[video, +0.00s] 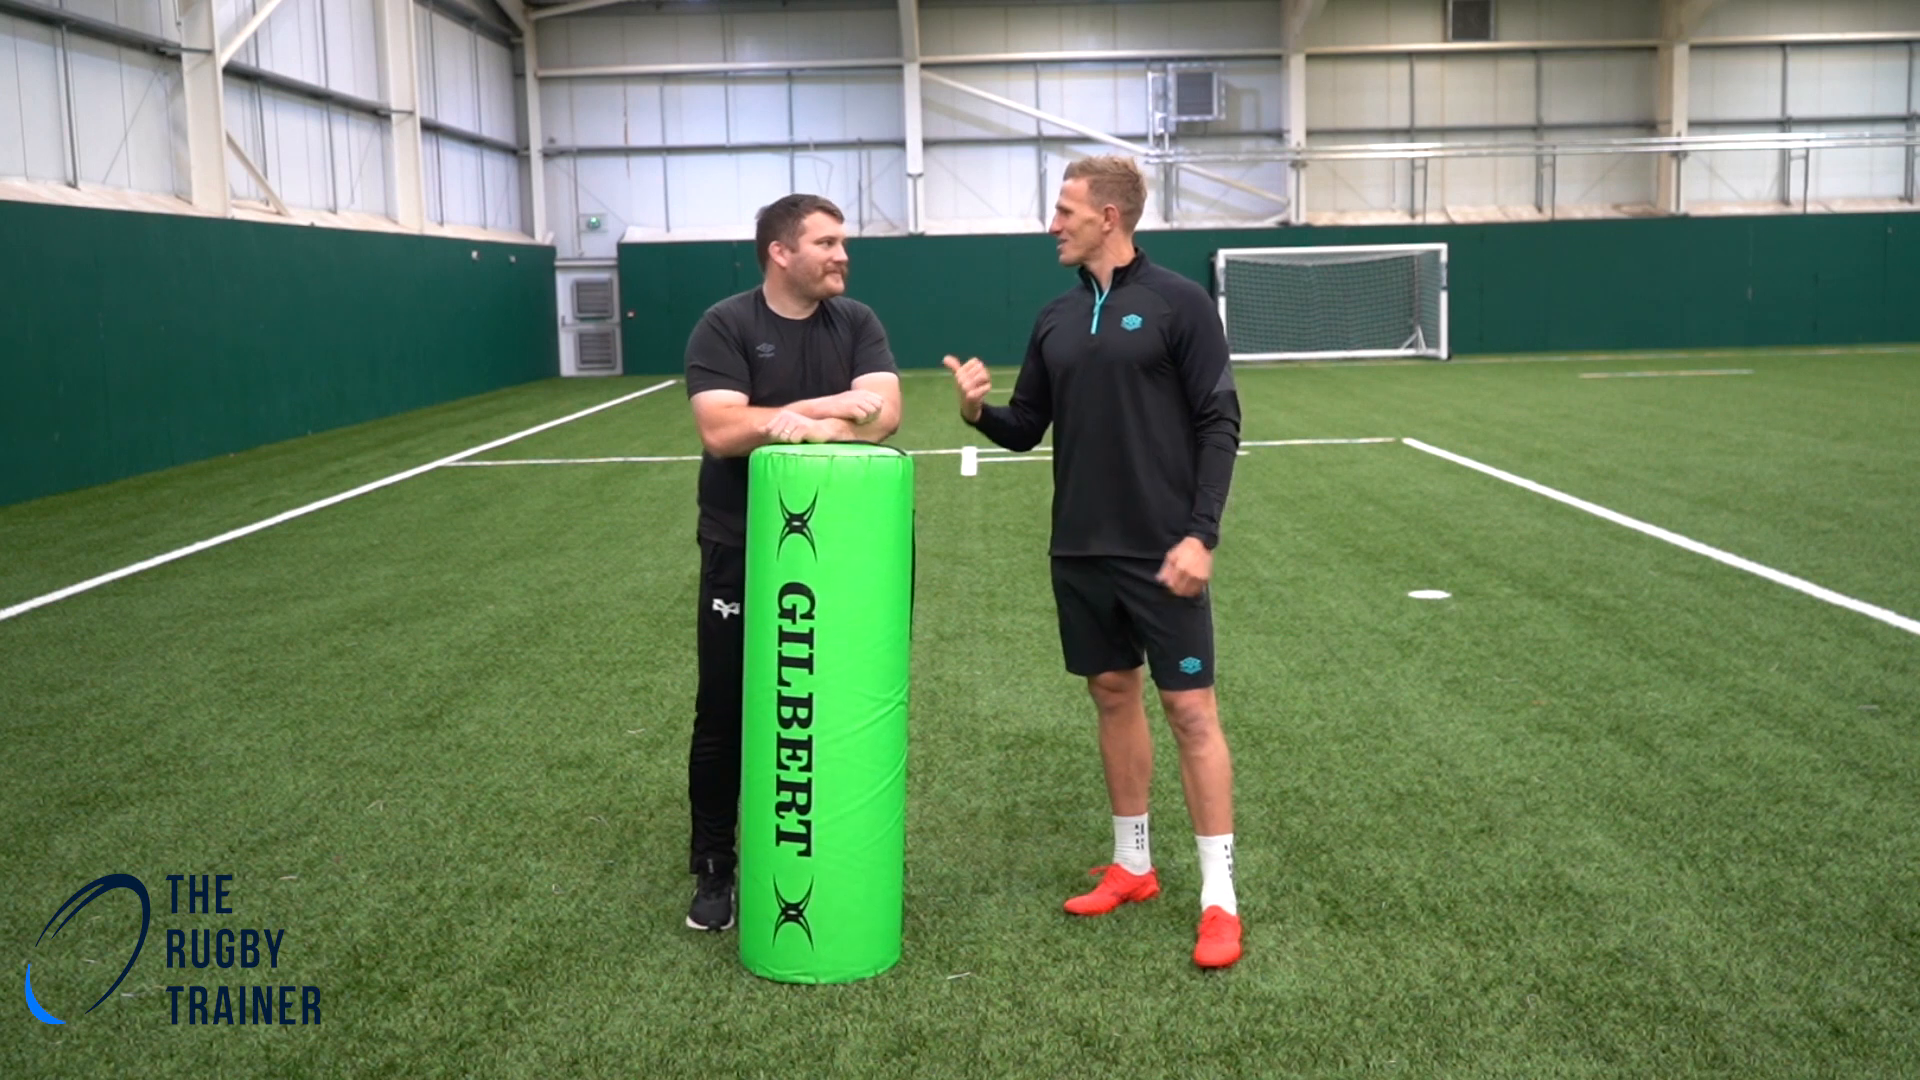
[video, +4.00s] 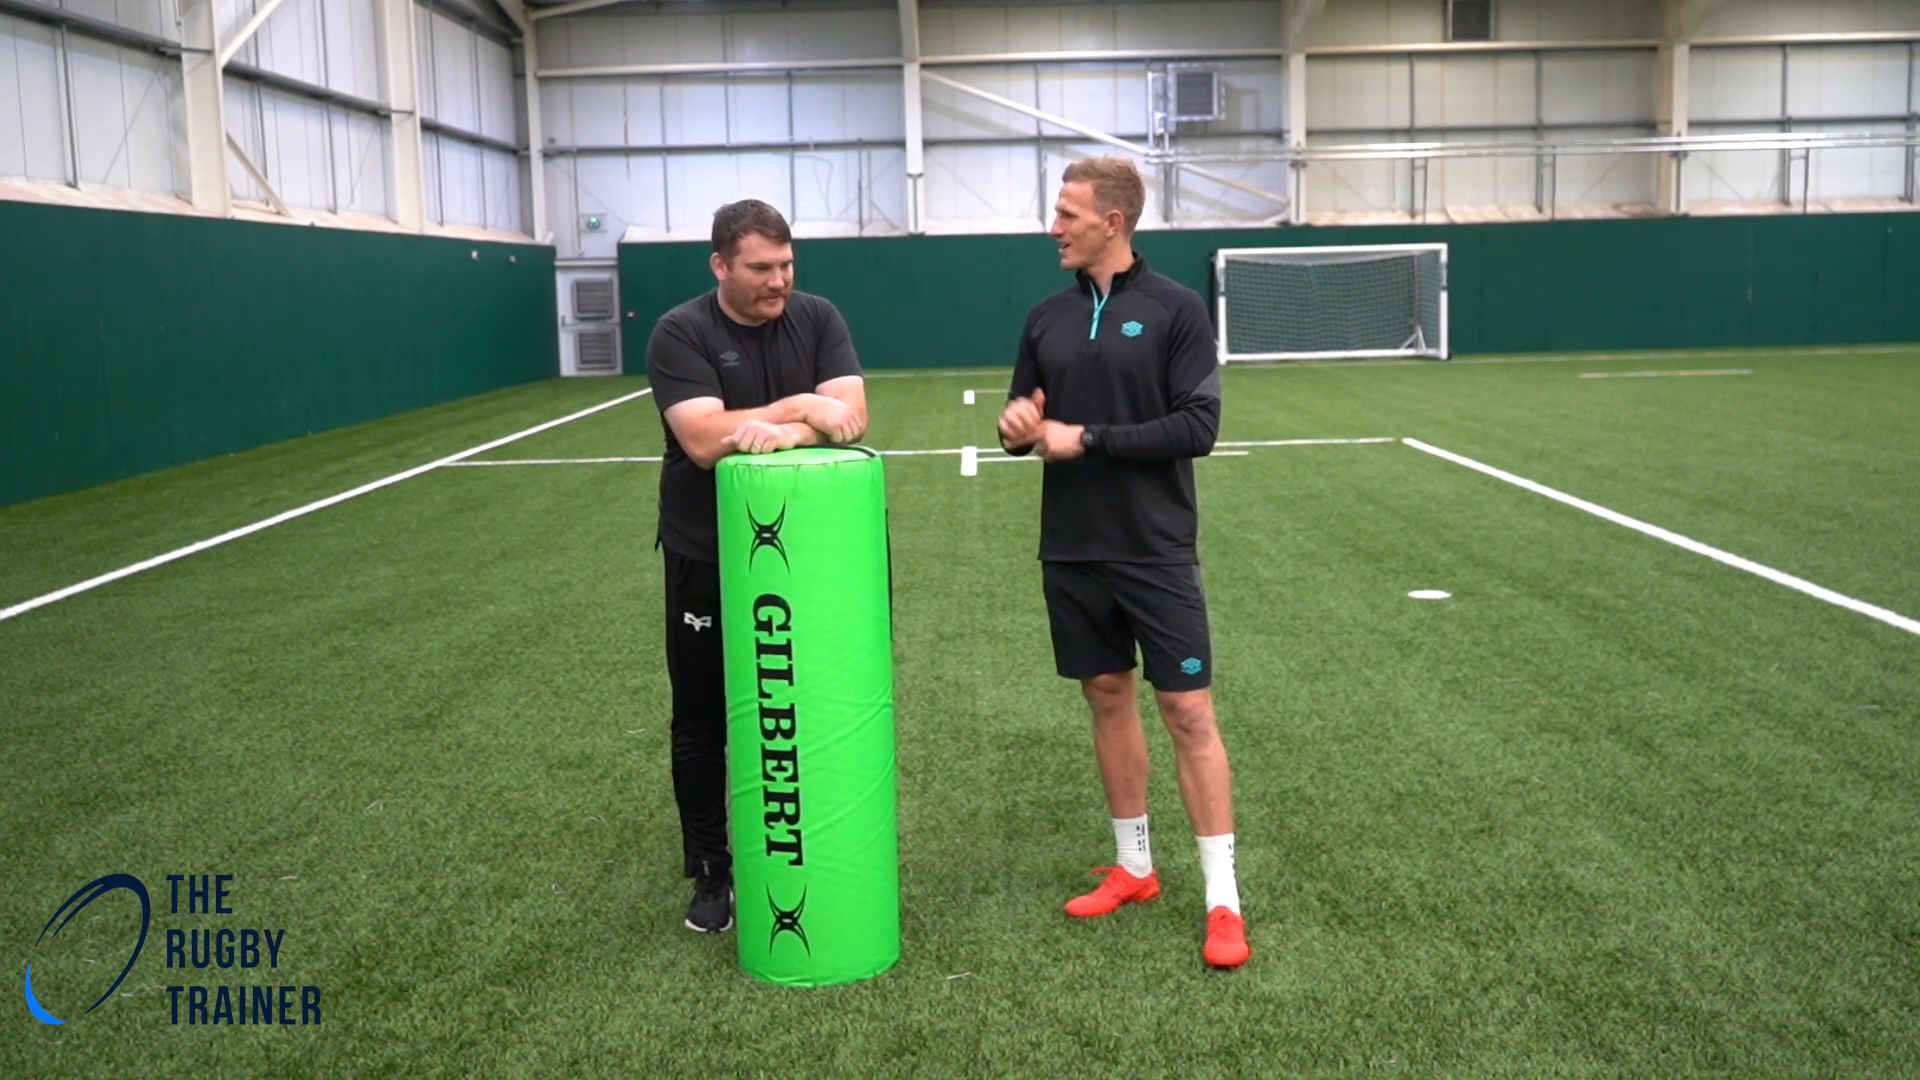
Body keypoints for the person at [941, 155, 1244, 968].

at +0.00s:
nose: (1053, 222)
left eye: (1066, 212)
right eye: (1056, 210)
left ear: (1111, 219)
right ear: (1092, 218)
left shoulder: (1181, 305)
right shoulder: (1056, 319)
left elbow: (1220, 426)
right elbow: (1024, 430)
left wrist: (1201, 534)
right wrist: (981, 407)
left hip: (1164, 547)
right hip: (1082, 547)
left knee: (1190, 709)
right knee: (1112, 694)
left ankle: (1218, 895)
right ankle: (1133, 866)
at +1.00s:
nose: (1057, 224)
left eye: (1071, 213)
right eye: (1060, 210)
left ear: (1118, 223)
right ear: (1098, 220)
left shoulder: (1180, 304)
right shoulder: (1053, 316)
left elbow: (1188, 422)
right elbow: (1022, 437)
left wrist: (1073, 424)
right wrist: (1011, 415)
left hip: (1159, 547)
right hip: (1079, 546)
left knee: (1189, 709)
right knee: (1109, 694)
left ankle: (1220, 897)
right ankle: (1132, 867)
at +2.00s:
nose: (1066, 230)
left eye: (1079, 218)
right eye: (1067, 215)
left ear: (1125, 225)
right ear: (1102, 224)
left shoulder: (1186, 307)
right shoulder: (1064, 314)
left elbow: (1214, 423)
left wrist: (1117, 471)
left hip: (1167, 546)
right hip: (1086, 544)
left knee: (1194, 708)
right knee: (1112, 692)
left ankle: (1222, 896)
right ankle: (1133, 867)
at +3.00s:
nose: (1067, 227)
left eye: (1080, 216)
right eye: (1068, 214)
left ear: (1127, 222)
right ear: (1096, 221)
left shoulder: (1190, 306)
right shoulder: (1061, 317)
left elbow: (1212, 423)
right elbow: (1035, 430)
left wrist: (1097, 425)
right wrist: (1031, 426)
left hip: (1172, 548)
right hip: (1088, 548)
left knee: (1199, 709)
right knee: (1112, 696)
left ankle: (1225, 895)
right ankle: (1135, 866)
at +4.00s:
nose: (1054, 227)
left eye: (1068, 216)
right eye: (1055, 214)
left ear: (1116, 224)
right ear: (1081, 222)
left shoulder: (1178, 309)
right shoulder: (1046, 317)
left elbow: (1199, 427)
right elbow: (1020, 425)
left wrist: (1089, 437)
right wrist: (1017, 422)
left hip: (1158, 551)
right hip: (1074, 550)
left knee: (1189, 709)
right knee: (1106, 697)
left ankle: (1223, 897)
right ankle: (1134, 868)